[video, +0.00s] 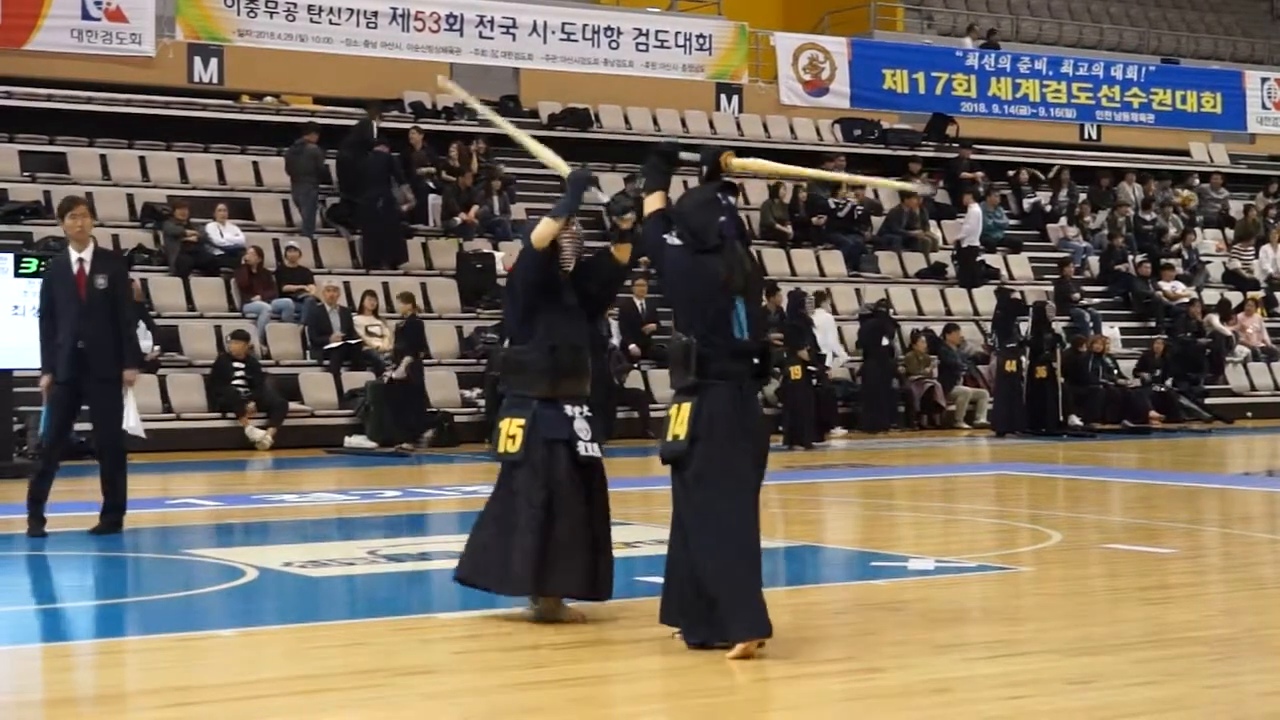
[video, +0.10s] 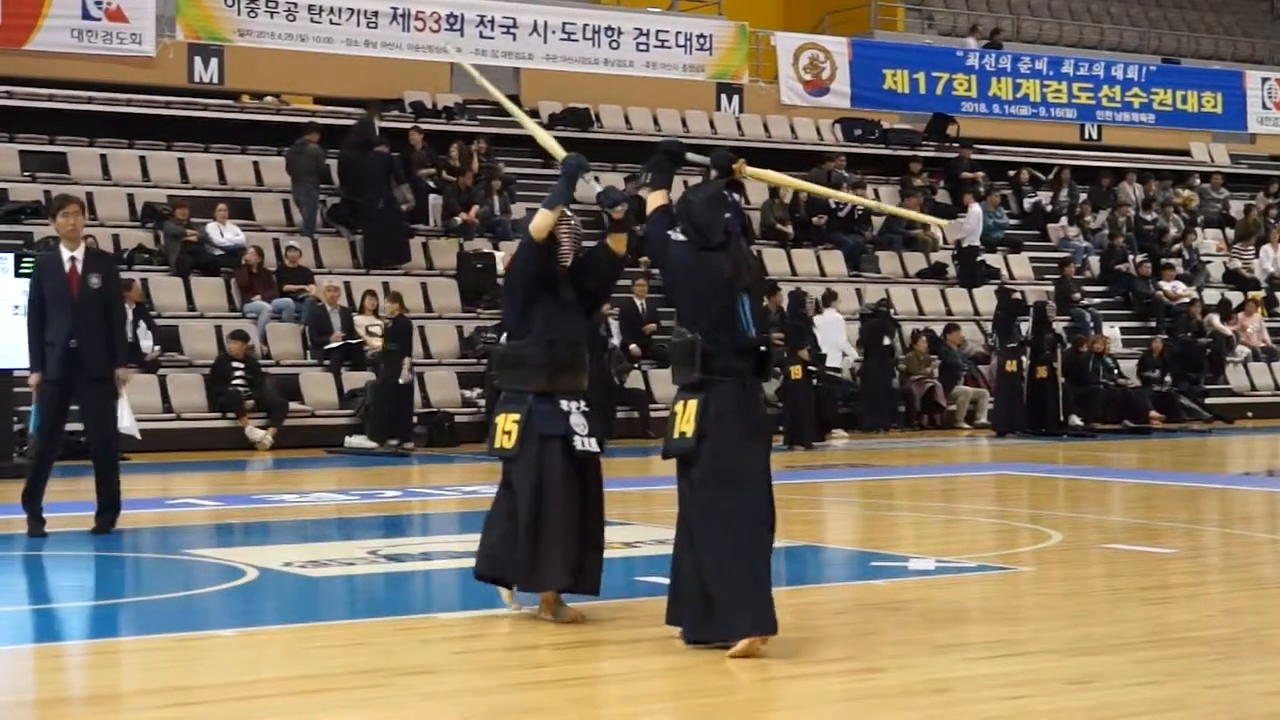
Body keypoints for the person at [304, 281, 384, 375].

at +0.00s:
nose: (331, 294)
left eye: (334, 291)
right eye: (328, 291)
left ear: (339, 294)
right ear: (323, 294)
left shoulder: (345, 311)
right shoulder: (315, 311)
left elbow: (351, 334)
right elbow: (314, 339)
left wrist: (343, 338)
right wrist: (329, 339)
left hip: (344, 344)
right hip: (323, 346)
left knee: (356, 348)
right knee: (338, 350)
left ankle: (357, 381)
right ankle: (334, 383)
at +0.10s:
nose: (332, 294)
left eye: (335, 291)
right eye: (329, 291)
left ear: (339, 294)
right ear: (324, 293)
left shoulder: (346, 311)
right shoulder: (316, 311)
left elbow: (352, 333)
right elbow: (314, 339)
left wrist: (343, 338)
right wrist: (330, 339)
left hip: (345, 344)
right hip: (324, 346)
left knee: (358, 347)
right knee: (337, 351)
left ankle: (358, 382)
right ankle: (337, 385)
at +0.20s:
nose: (332, 294)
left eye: (335, 291)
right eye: (329, 291)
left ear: (339, 294)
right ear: (324, 293)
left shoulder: (346, 311)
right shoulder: (316, 311)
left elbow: (352, 333)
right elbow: (314, 340)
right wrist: (330, 339)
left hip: (345, 345)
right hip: (323, 347)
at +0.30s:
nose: (333, 294)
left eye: (336, 291)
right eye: (329, 290)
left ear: (340, 294)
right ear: (324, 293)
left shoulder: (347, 311)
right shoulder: (316, 311)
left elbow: (352, 334)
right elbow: (315, 339)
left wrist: (343, 337)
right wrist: (330, 339)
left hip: (345, 345)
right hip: (325, 346)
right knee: (336, 354)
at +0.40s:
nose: (333, 294)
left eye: (337, 290)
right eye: (330, 290)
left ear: (341, 293)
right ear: (325, 292)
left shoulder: (345, 311)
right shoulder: (317, 311)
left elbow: (352, 332)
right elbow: (315, 339)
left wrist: (343, 337)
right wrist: (330, 339)